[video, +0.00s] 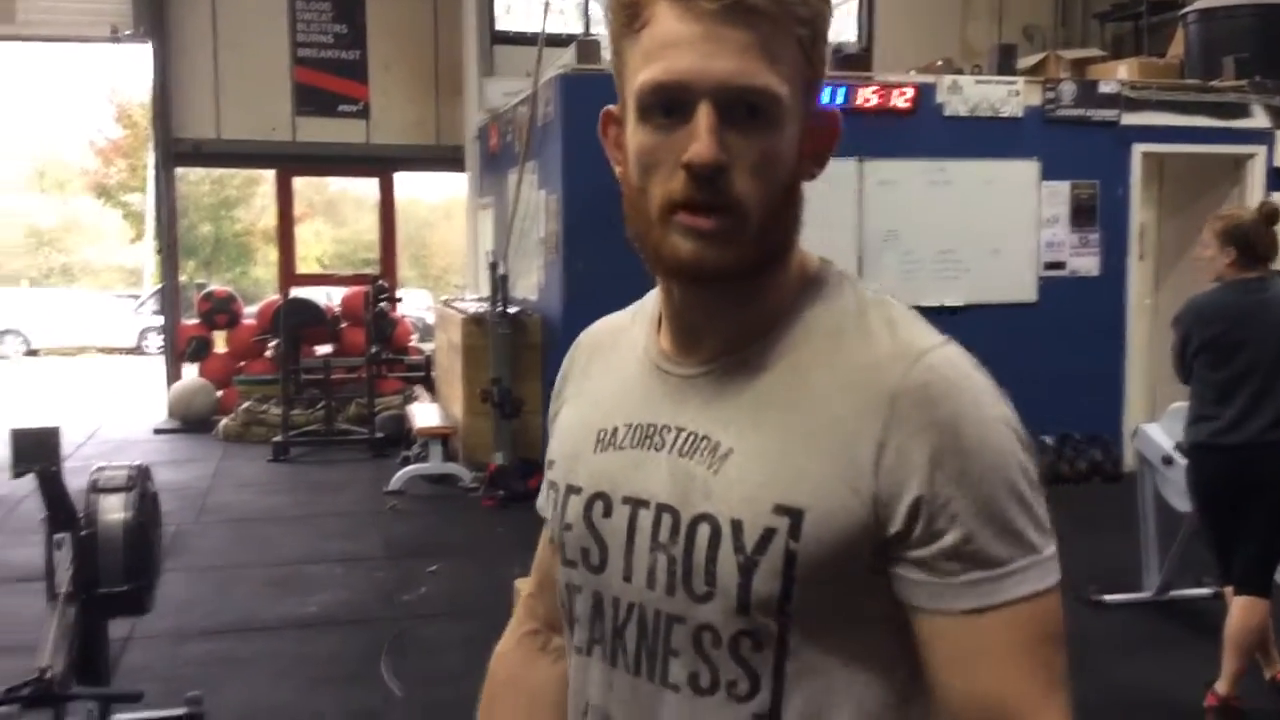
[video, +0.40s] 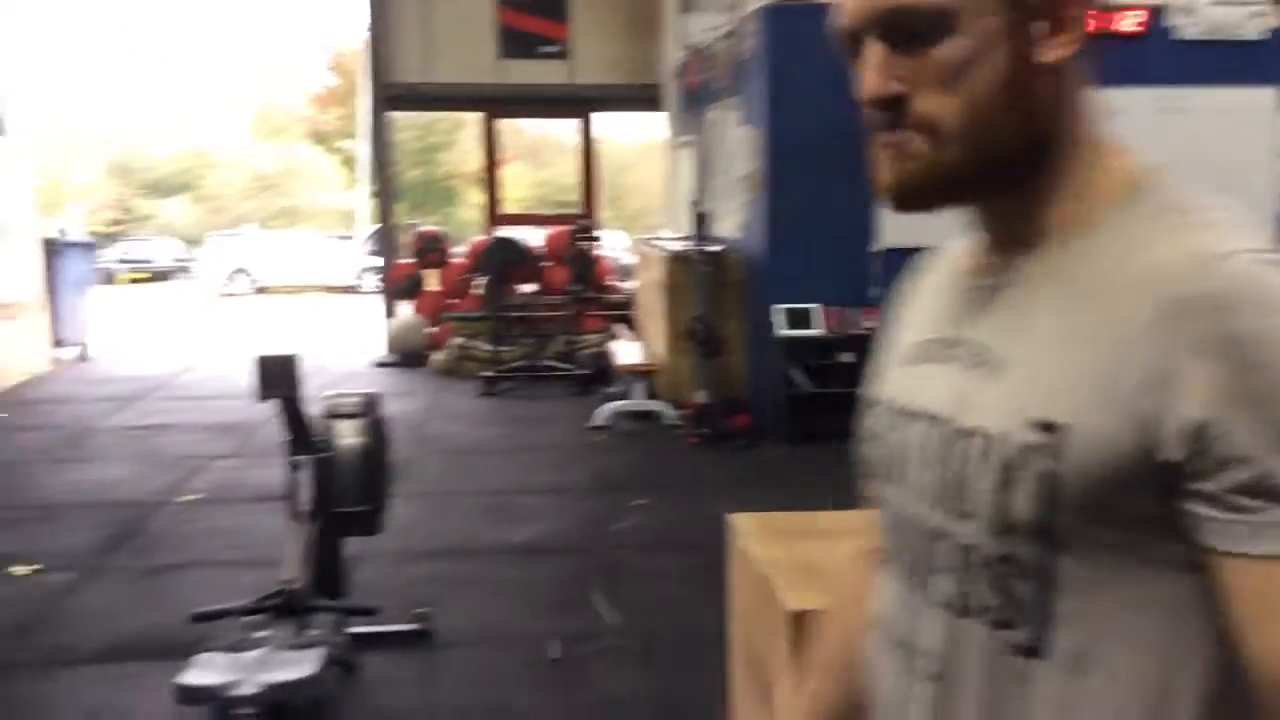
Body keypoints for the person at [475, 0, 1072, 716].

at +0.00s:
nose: (704, 153)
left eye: (747, 111)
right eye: (667, 110)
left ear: (814, 144)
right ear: (616, 143)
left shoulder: (927, 404)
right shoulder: (594, 362)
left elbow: (1014, 712)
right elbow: (544, 635)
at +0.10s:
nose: (709, 137)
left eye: (752, 97)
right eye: (672, 97)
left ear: (823, 128)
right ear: (624, 131)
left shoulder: (946, 382)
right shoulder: (617, 351)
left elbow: (1053, 696)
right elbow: (572, 617)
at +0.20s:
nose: (752, 112)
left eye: (797, 70)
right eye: (715, 74)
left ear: (875, 99)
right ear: (672, 111)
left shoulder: (1010, 353)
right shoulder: (687, 332)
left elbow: (1134, 682)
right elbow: (645, 594)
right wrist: (595, 706)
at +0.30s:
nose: (820, 85)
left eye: (867, 39)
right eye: (786, 51)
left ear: (968, 55)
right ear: (758, 81)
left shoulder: (1108, 323)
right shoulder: (799, 304)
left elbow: (1242, 677)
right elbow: (754, 577)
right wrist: (691, 707)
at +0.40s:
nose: (871, 87)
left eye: (918, 35)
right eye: (855, 47)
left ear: (1054, 28)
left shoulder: (1219, 298)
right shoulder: (930, 283)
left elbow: (1266, 664)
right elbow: (904, 575)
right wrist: (810, 703)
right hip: (909, 705)